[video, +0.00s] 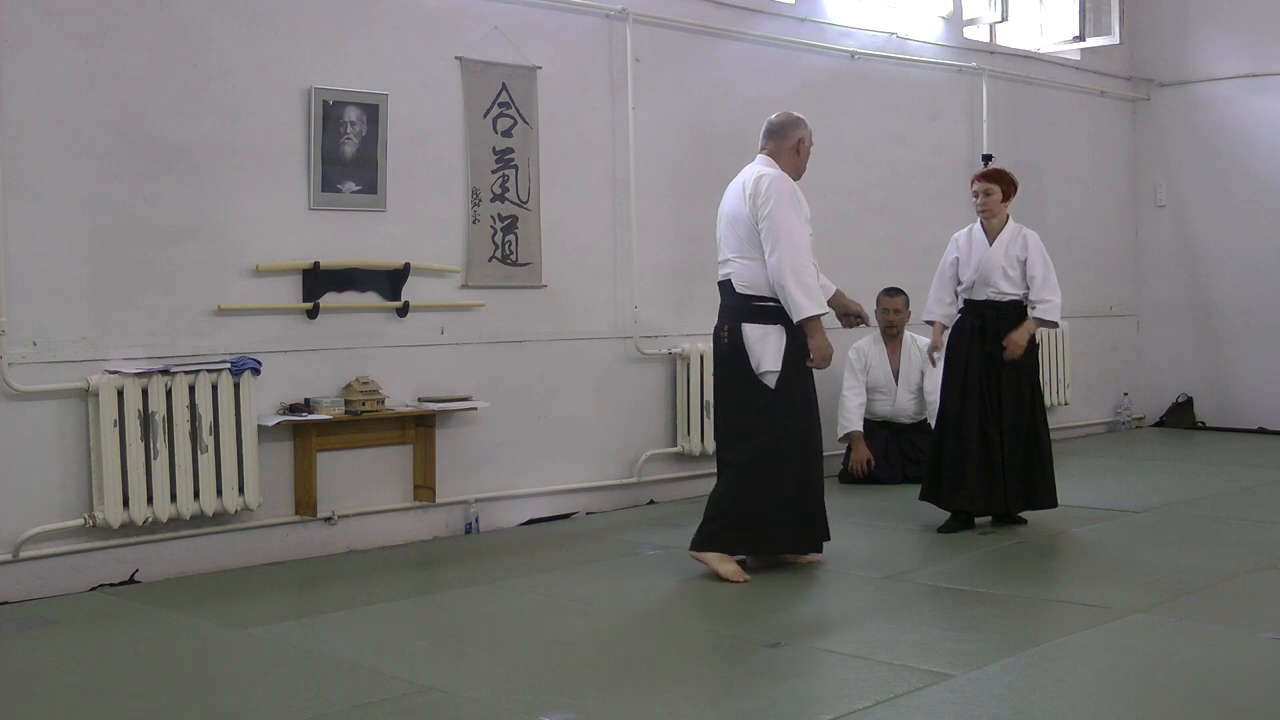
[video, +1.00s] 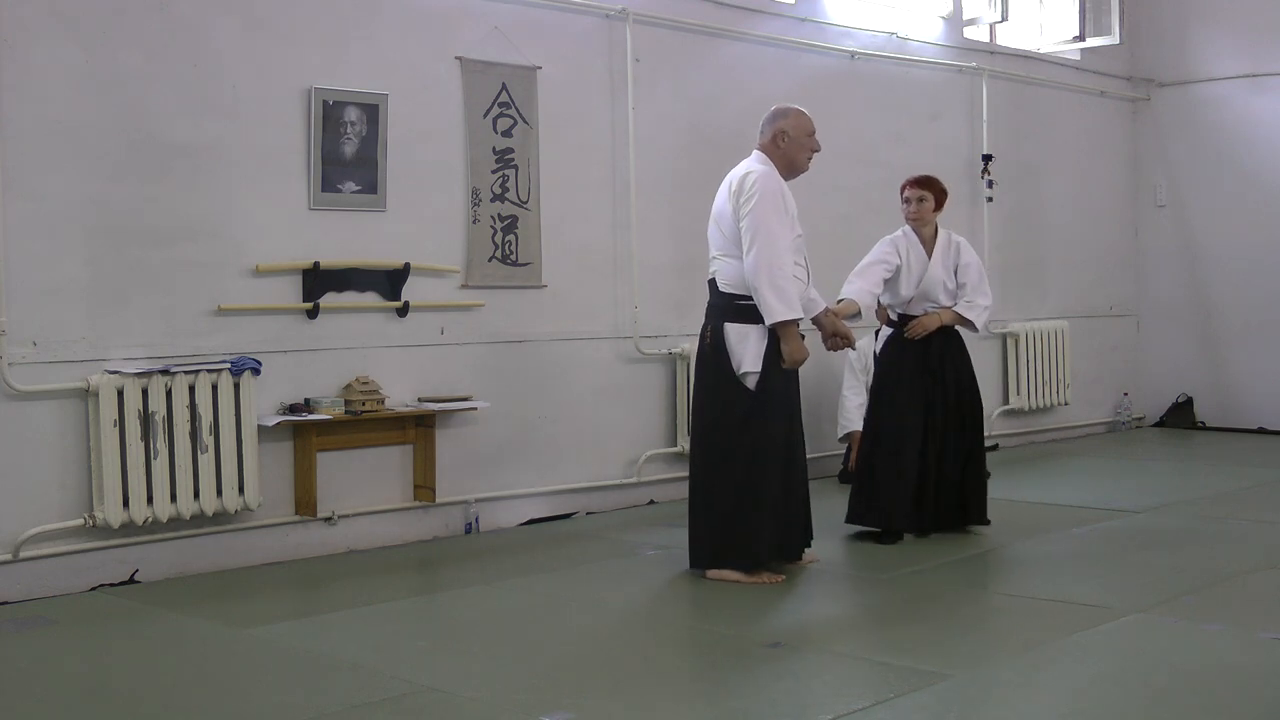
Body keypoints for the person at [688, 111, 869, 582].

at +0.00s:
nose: (809, 160)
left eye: (809, 151)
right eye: (809, 151)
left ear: (767, 143)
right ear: (798, 146)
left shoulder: (749, 180)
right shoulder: (776, 184)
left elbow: (789, 259)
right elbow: (790, 261)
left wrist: (837, 299)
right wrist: (814, 329)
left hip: (748, 318)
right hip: (763, 320)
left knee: (782, 431)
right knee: (771, 433)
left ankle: (776, 541)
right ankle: (713, 540)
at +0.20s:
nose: (813, 160)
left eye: (813, 150)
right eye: (812, 150)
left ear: (777, 143)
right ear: (798, 145)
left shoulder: (761, 179)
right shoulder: (774, 182)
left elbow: (796, 262)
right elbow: (782, 258)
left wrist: (844, 300)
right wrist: (806, 326)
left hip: (765, 318)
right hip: (757, 320)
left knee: (785, 431)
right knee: (750, 434)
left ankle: (780, 540)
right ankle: (735, 550)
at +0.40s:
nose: (818, 159)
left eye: (818, 150)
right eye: (817, 149)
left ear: (784, 142)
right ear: (802, 144)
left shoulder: (772, 181)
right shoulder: (773, 181)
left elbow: (801, 263)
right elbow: (779, 257)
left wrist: (848, 300)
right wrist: (801, 326)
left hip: (768, 320)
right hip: (754, 321)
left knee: (786, 432)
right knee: (751, 435)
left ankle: (781, 541)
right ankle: (737, 550)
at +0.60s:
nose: (824, 157)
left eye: (824, 148)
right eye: (821, 147)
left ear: (790, 142)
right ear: (799, 142)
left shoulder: (775, 182)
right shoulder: (772, 181)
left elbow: (798, 266)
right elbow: (776, 258)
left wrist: (841, 305)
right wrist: (798, 327)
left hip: (767, 319)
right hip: (752, 320)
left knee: (778, 433)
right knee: (748, 434)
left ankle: (775, 541)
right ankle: (730, 550)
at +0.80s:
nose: (823, 152)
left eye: (822, 143)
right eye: (818, 141)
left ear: (787, 140)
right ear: (789, 139)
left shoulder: (777, 184)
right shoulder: (767, 180)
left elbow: (796, 266)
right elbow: (771, 259)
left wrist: (832, 313)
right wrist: (795, 328)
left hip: (768, 323)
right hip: (748, 323)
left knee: (778, 437)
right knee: (742, 439)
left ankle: (775, 545)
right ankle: (726, 556)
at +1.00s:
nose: (816, 148)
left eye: (815, 140)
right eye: (810, 139)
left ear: (778, 140)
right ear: (779, 139)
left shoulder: (767, 182)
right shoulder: (759, 181)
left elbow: (788, 265)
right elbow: (763, 262)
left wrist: (823, 314)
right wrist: (788, 333)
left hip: (762, 323)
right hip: (744, 323)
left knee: (774, 437)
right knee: (738, 441)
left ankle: (776, 545)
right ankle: (725, 558)